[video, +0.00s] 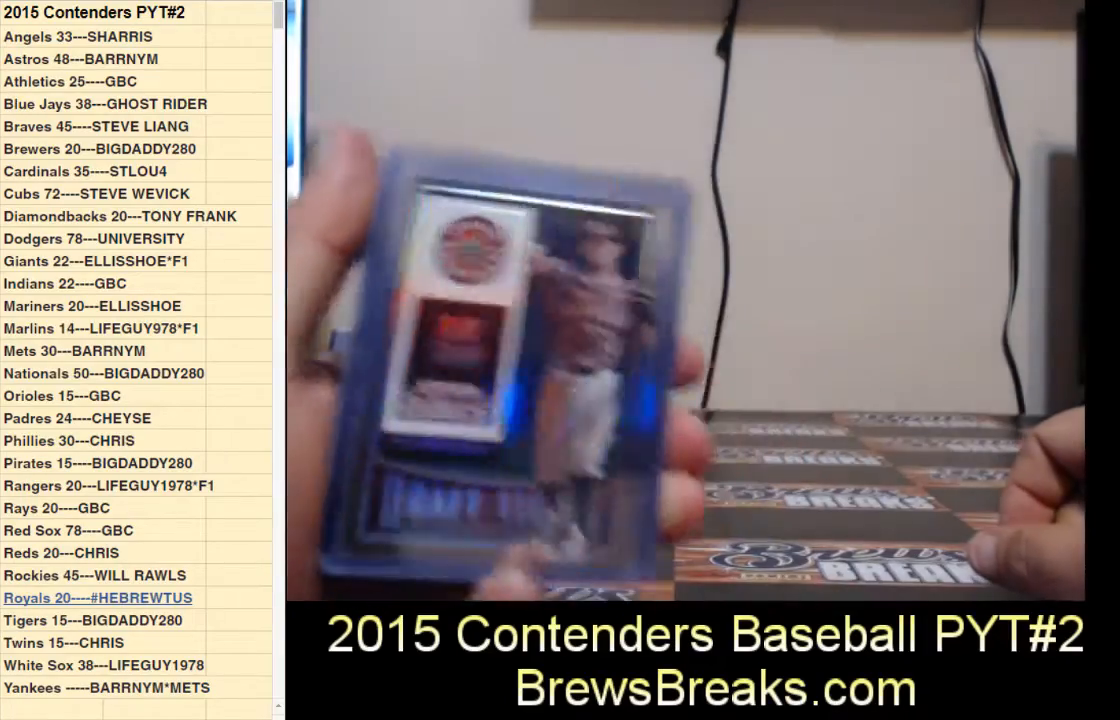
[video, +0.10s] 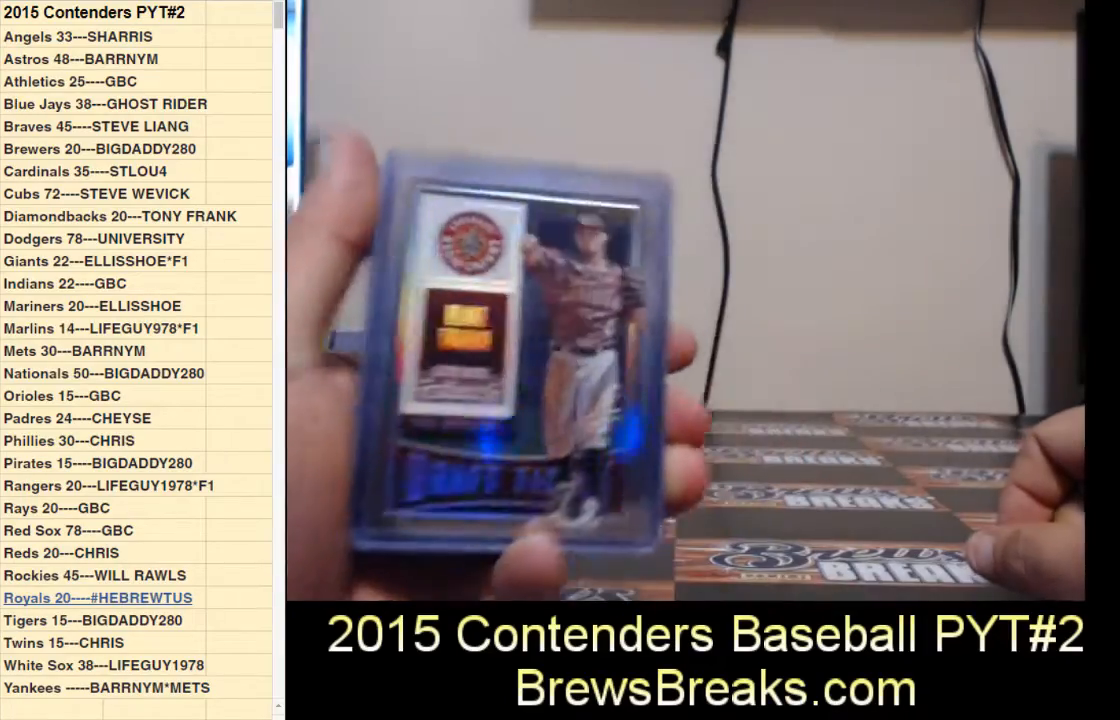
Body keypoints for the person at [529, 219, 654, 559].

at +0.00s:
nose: (599, 249)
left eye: (608, 242)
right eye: (593, 241)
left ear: (621, 249)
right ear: (581, 246)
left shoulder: (626, 292)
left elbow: (646, 335)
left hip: (601, 378)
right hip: (561, 376)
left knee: (586, 459)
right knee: (553, 457)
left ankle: (581, 532)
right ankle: (559, 529)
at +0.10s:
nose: (587, 238)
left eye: (594, 232)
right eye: (583, 232)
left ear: (607, 238)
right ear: (575, 236)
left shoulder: (618, 277)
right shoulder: (561, 266)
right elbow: (534, 254)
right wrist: (527, 246)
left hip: (602, 357)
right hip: (565, 356)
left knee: (593, 429)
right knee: (558, 429)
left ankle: (592, 499)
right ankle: (566, 492)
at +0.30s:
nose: (601, 225)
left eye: (607, 219)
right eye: (596, 219)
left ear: (619, 224)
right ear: (589, 223)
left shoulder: (630, 261)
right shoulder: (575, 251)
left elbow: (652, 301)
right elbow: (557, 246)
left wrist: (653, 280)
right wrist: (546, 238)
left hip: (617, 341)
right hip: (581, 341)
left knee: (611, 411)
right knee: (578, 412)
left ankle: (610, 483)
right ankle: (584, 474)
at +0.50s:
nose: (610, 238)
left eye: (615, 233)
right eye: (605, 232)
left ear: (626, 237)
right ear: (597, 237)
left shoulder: (636, 272)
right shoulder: (585, 264)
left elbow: (655, 308)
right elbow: (569, 258)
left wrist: (659, 291)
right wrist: (559, 251)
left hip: (624, 348)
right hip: (589, 347)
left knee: (619, 415)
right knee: (586, 415)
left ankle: (617, 486)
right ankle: (589, 473)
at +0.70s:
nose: (605, 237)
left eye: (611, 231)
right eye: (599, 231)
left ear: (621, 235)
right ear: (593, 236)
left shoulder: (635, 269)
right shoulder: (581, 261)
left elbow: (654, 308)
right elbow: (562, 255)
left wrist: (655, 287)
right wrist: (552, 248)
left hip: (620, 346)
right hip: (584, 345)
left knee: (615, 415)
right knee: (581, 413)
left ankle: (614, 487)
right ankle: (587, 468)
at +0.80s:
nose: (605, 233)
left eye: (611, 228)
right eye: (600, 228)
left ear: (621, 232)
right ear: (593, 233)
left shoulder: (635, 266)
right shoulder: (582, 258)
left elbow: (656, 304)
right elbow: (563, 252)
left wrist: (657, 283)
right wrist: (552, 245)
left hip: (621, 342)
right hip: (585, 341)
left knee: (616, 411)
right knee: (582, 410)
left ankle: (616, 484)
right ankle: (588, 465)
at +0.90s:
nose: (612, 228)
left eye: (618, 222)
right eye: (607, 222)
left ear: (629, 226)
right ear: (599, 227)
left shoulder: (642, 261)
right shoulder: (587, 253)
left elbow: (664, 301)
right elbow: (567, 246)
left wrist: (663, 279)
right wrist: (557, 239)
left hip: (628, 338)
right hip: (592, 337)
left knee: (623, 408)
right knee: (588, 406)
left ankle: (623, 482)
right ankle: (595, 463)